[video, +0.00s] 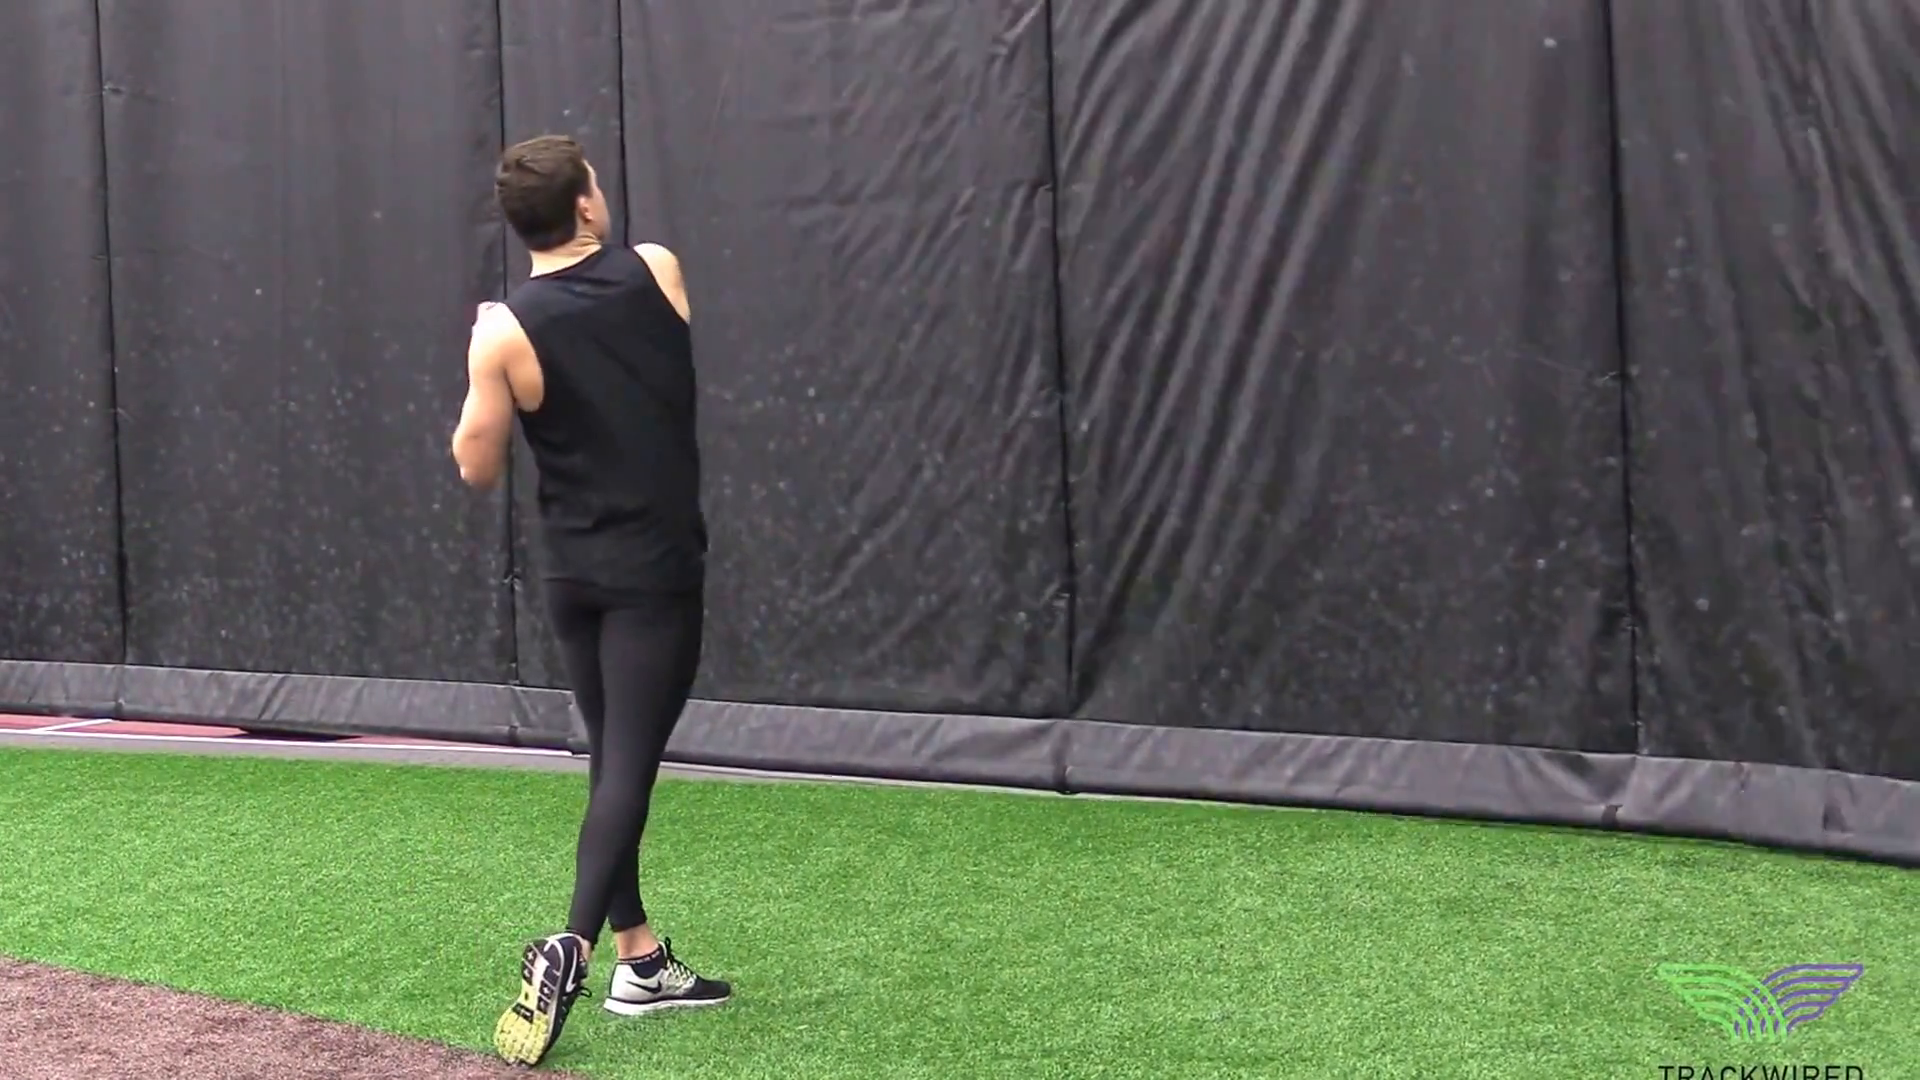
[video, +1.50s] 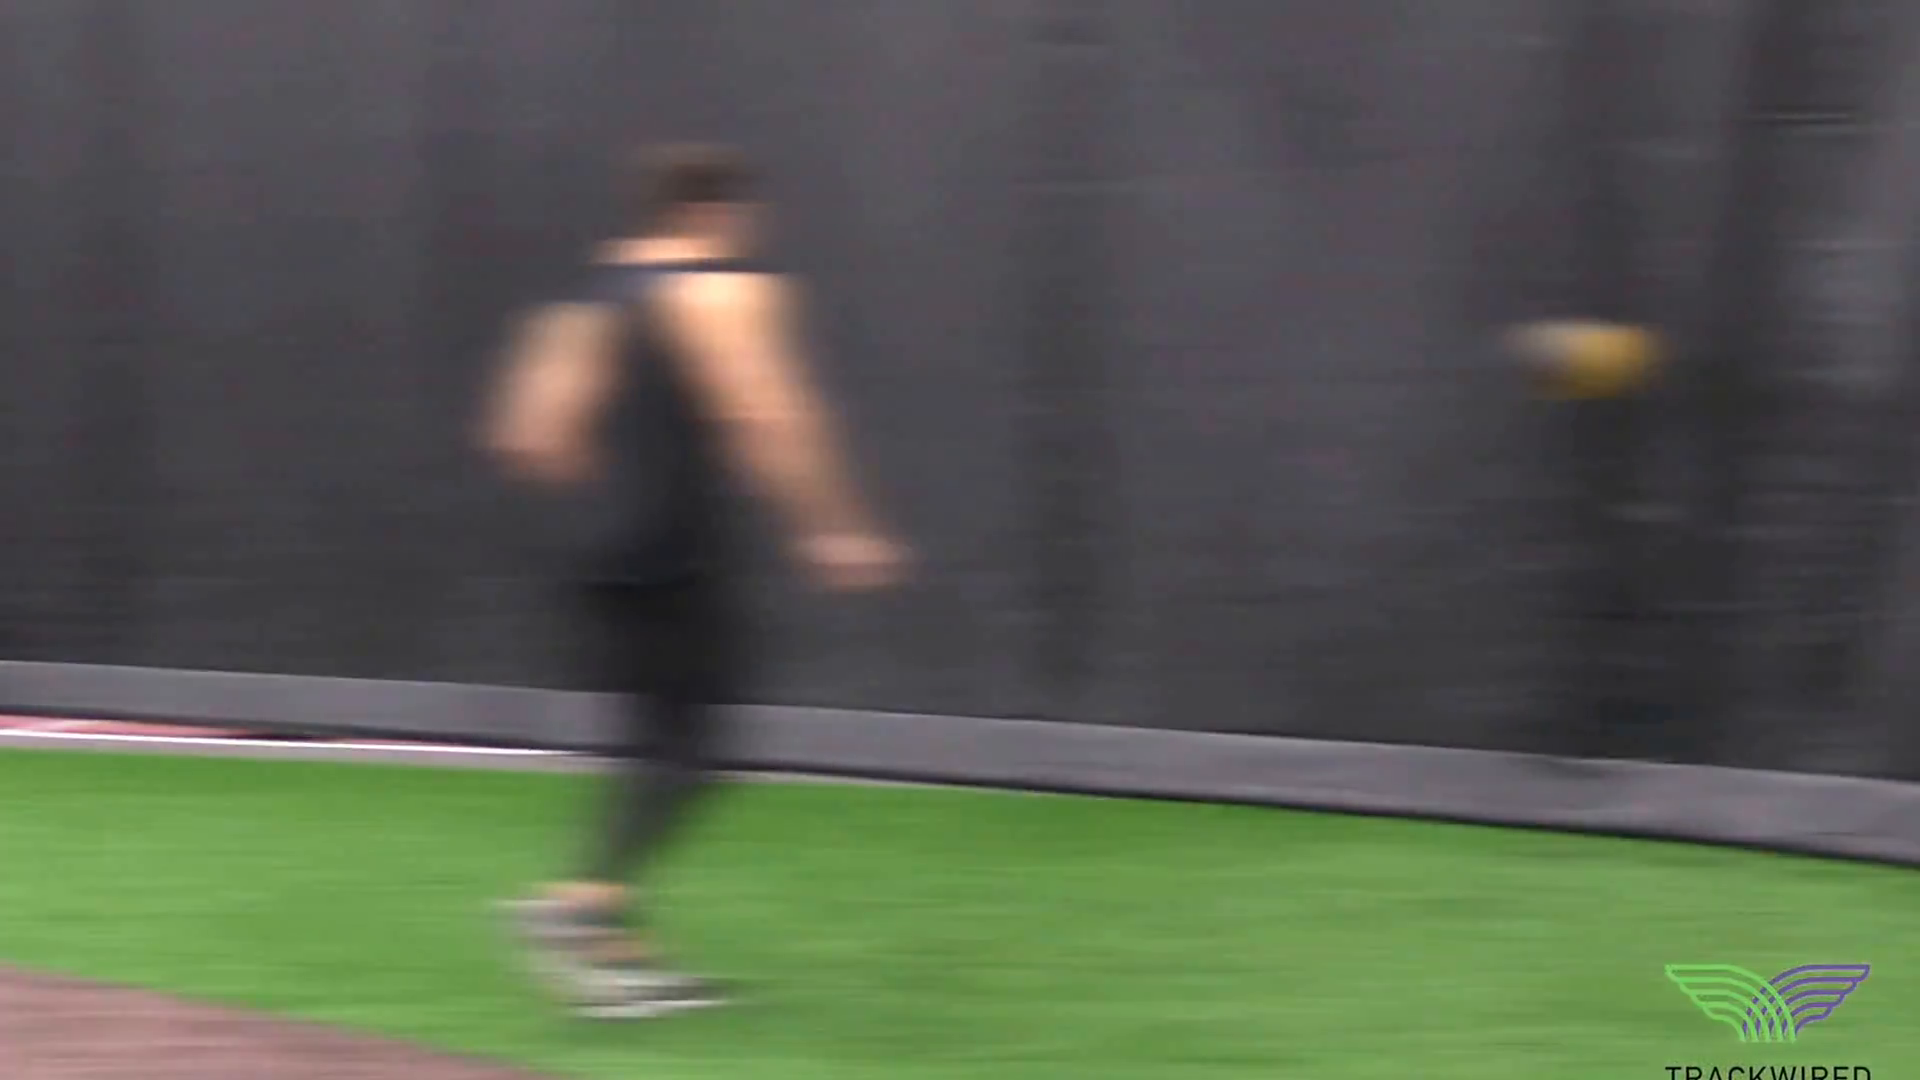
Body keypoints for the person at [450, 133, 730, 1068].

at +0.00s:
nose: (603, 186)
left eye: (590, 179)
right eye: (596, 181)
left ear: (517, 225)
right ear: (586, 206)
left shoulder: (504, 329)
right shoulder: (656, 270)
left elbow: (477, 466)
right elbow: (657, 363)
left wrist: (485, 378)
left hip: (569, 563)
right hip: (658, 559)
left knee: (611, 762)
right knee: (628, 766)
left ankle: (641, 959)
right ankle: (571, 948)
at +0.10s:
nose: (615, 186)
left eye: (605, 176)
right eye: (610, 178)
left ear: (531, 219)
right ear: (598, 203)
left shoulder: (500, 322)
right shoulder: (671, 268)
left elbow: (464, 450)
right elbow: (737, 281)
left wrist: (496, 382)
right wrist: (758, 291)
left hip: (562, 567)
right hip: (650, 565)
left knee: (611, 762)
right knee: (614, 766)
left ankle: (639, 959)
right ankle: (557, 948)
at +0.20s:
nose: (626, 186)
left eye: (615, 174)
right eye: (618, 177)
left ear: (542, 214)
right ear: (602, 200)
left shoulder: (501, 316)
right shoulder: (670, 266)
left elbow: (462, 427)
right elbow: (779, 240)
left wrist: (511, 362)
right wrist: (846, 213)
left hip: (553, 568)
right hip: (636, 565)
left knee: (606, 757)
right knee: (603, 762)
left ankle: (638, 958)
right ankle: (543, 949)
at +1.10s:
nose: (667, 236)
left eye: (664, 222)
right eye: (663, 222)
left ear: (585, 223)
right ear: (636, 224)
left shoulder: (515, 323)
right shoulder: (666, 300)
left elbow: (506, 453)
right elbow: (811, 291)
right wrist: (923, 274)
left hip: (540, 579)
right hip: (615, 579)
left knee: (627, 752)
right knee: (563, 782)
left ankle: (635, 965)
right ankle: (474, 977)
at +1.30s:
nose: (708, 257)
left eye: (706, 242)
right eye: (703, 243)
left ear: (623, 242)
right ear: (672, 243)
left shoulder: (550, 335)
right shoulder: (696, 322)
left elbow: (509, 467)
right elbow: (835, 362)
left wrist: (575, 403)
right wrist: (963, 386)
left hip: (566, 589)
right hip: (623, 592)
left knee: (647, 754)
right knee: (572, 773)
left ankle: (632, 963)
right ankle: (476, 969)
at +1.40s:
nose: (727, 248)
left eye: (723, 232)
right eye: (720, 233)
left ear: (636, 229)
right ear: (693, 229)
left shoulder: (575, 320)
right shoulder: (710, 308)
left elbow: (520, 454)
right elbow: (827, 394)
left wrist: (581, 499)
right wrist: (931, 460)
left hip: (592, 568)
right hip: (655, 570)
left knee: (636, 759)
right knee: (641, 758)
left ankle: (629, 956)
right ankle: (524, 930)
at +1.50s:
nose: (743, 236)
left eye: (739, 220)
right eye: (738, 221)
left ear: (655, 211)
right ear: (720, 215)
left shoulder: (603, 287)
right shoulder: (718, 286)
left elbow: (534, 430)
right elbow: (768, 416)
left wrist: (617, 471)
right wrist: (834, 526)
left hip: (613, 545)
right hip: (684, 549)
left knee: (663, 737)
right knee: (696, 738)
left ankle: (605, 937)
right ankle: (589, 897)